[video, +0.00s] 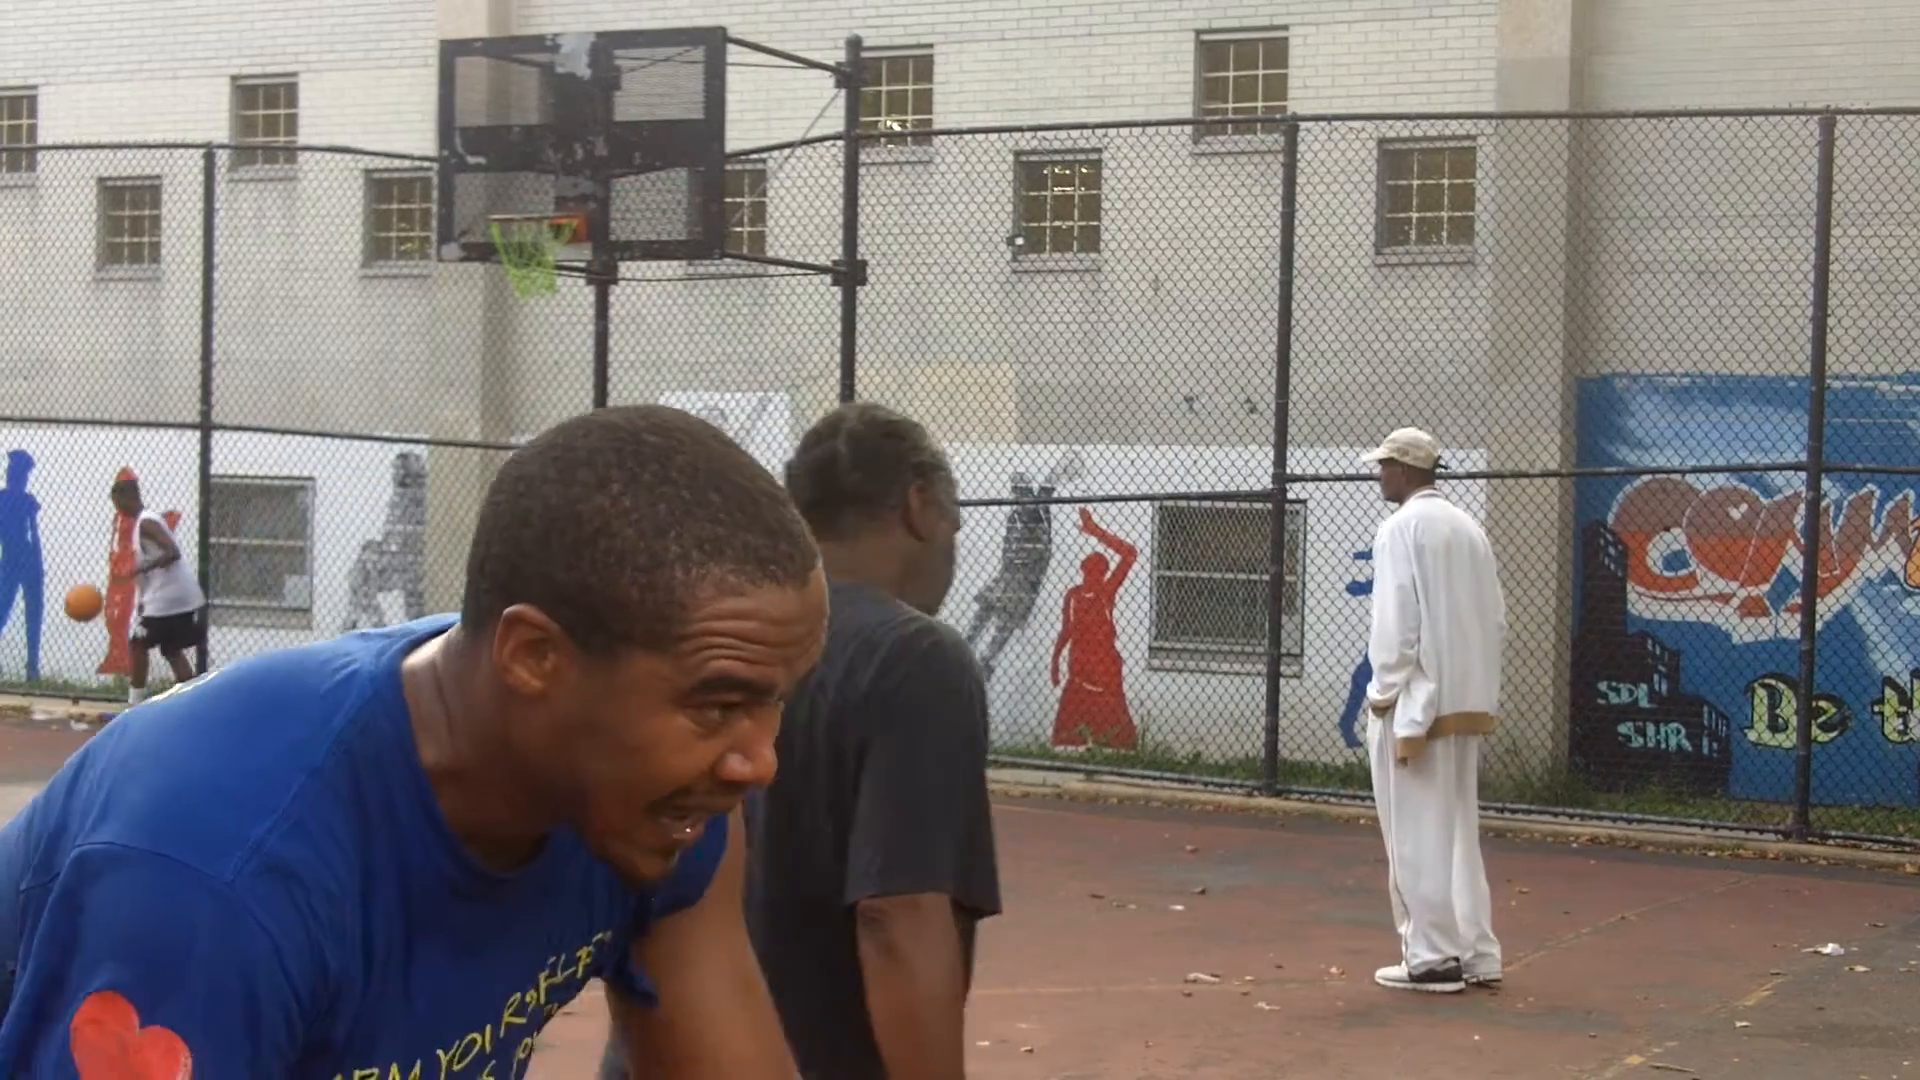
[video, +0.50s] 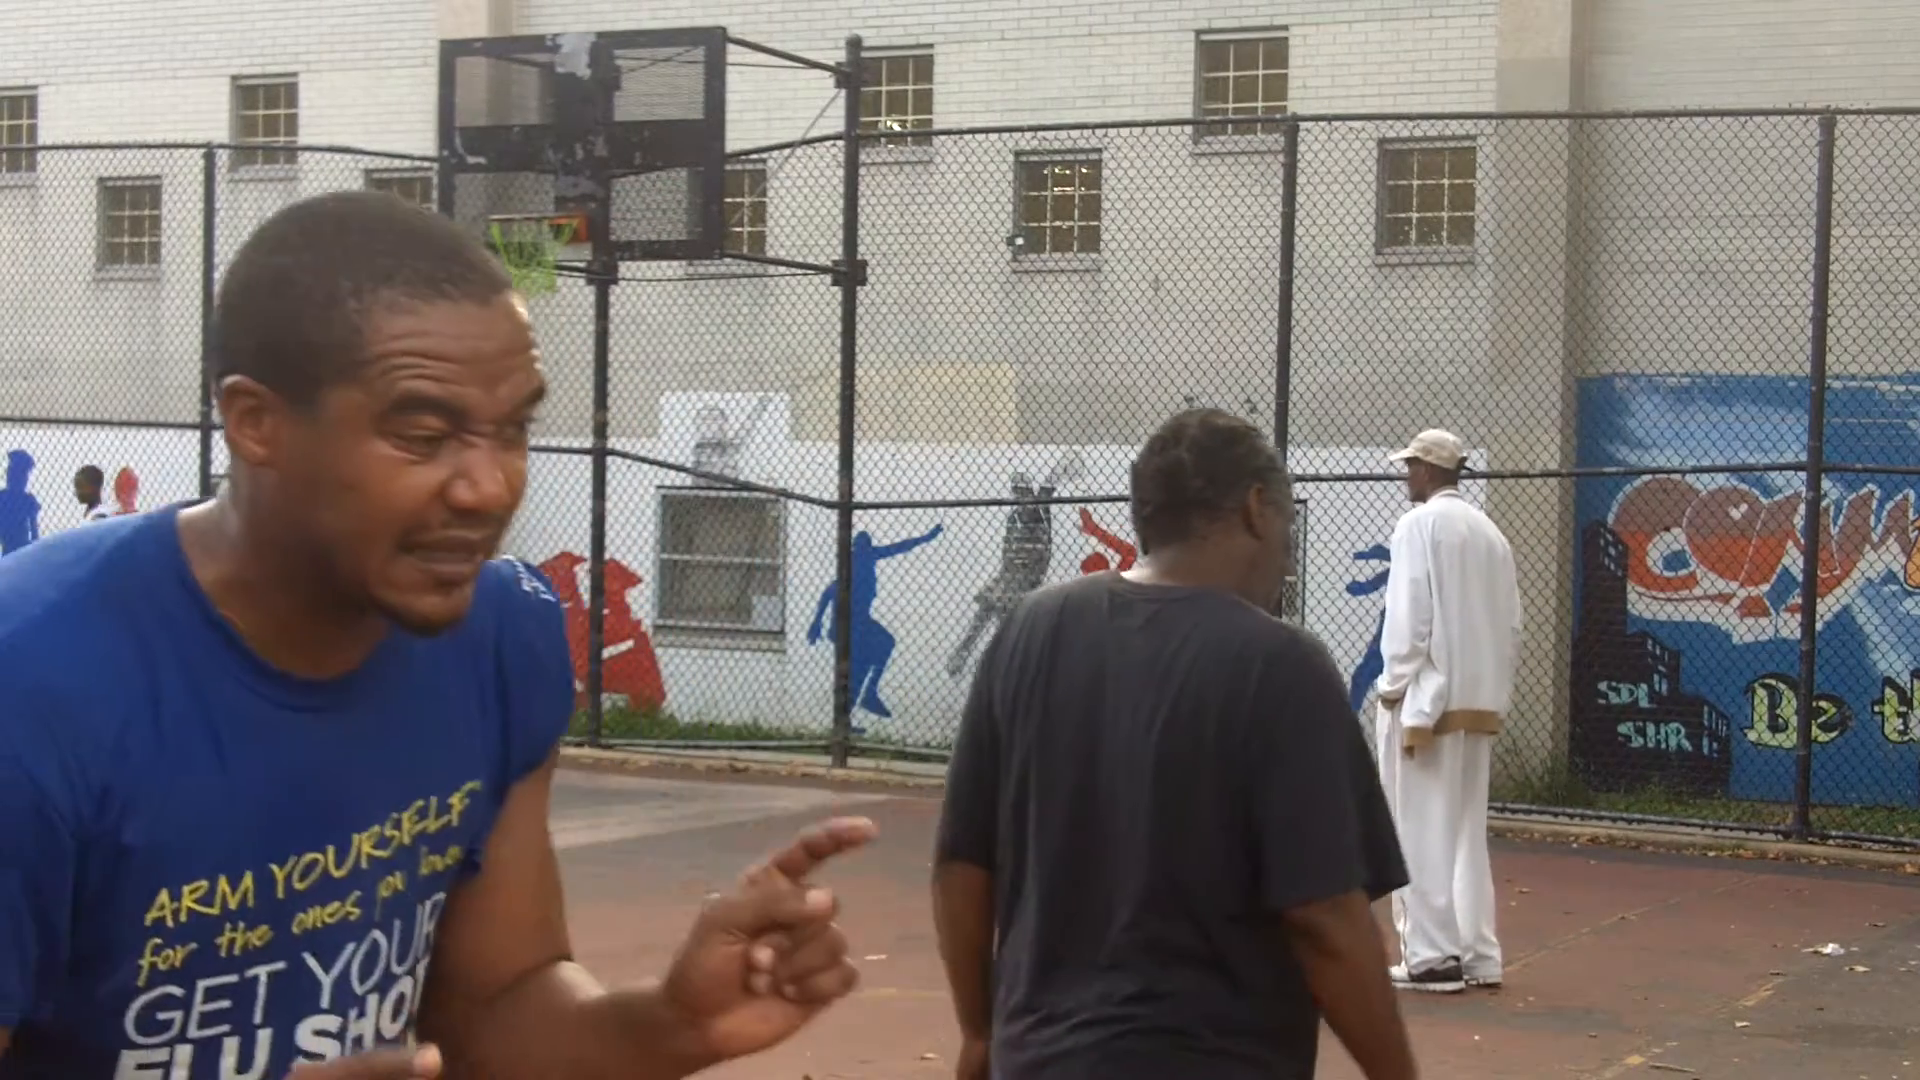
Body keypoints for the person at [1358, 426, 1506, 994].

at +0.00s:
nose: (1378, 478)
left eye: (1383, 469)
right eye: (1380, 469)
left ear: (1403, 471)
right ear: (1427, 472)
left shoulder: (1400, 526)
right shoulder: (1469, 526)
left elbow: (1396, 627)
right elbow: (1495, 618)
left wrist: (1382, 697)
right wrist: (1480, 690)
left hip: (1415, 703)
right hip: (1466, 701)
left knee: (1413, 832)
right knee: (1458, 826)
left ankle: (1433, 957)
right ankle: (1479, 954)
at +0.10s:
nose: (1381, 477)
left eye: (1387, 468)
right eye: (1384, 468)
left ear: (1407, 471)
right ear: (1431, 472)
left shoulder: (1402, 527)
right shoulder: (1473, 529)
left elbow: (1397, 627)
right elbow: (1496, 620)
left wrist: (1382, 695)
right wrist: (1480, 691)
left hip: (1415, 703)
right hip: (1466, 702)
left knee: (1412, 832)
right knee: (1459, 826)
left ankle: (1432, 957)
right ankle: (1479, 955)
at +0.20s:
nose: (1386, 476)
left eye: (1391, 468)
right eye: (1388, 467)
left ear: (1411, 470)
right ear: (1434, 471)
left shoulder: (1405, 526)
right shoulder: (1476, 529)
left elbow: (1399, 627)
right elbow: (1499, 620)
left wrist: (1383, 695)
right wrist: (1479, 689)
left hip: (1416, 701)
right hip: (1467, 701)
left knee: (1412, 830)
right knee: (1460, 825)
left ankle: (1431, 957)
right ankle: (1479, 955)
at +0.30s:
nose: (1392, 477)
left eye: (1397, 468)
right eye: (1394, 468)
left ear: (1416, 470)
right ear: (1440, 471)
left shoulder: (1409, 525)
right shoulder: (1481, 531)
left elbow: (1402, 624)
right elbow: (1500, 619)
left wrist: (1385, 693)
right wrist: (1484, 692)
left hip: (1417, 699)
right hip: (1468, 699)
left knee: (1413, 829)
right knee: (1461, 825)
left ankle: (1431, 957)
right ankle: (1479, 954)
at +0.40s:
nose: (1398, 477)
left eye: (1402, 469)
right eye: (1399, 468)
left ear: (1421, 470)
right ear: (1447, 472)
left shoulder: (1413, 525)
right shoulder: (1486, 531)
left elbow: (1404, 622)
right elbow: (1504, 622)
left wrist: (1387, 691)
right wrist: (1486, 689)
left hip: (1420, 697)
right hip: (1472, 699)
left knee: (1415, 827)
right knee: (1463, 824)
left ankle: (1430, 956)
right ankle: (1479, 954)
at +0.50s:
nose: (1404, 477)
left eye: (1409, 469)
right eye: (1406, 468)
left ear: (1427, 471)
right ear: (1453, 472)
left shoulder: (1417, 524)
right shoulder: (1492, 533)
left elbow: (1408, 618)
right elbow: (1511, 625)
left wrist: (1392, 689)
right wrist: (1495, 693)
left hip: (1424, 698)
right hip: (1477, 699)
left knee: (1419, 825)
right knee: (1467, 823)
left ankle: (1432, 955)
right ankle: (1479, 953)